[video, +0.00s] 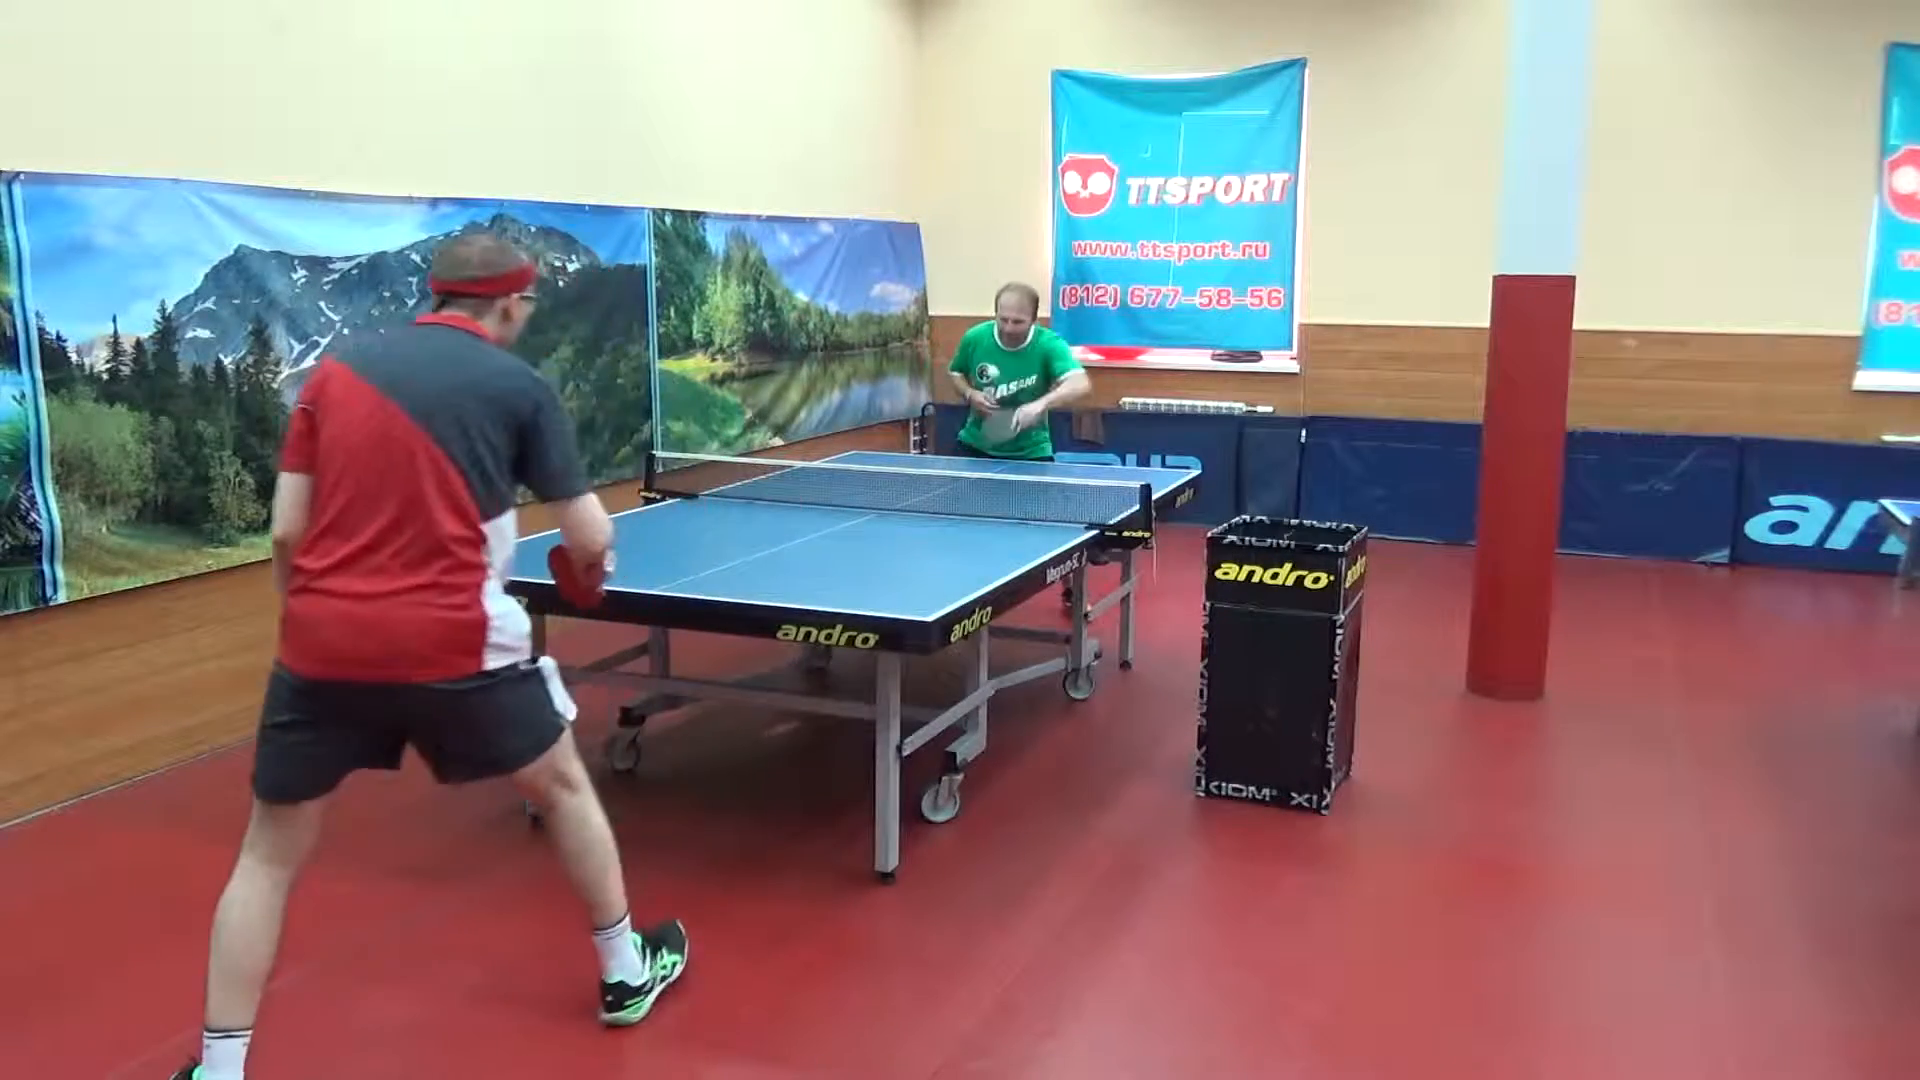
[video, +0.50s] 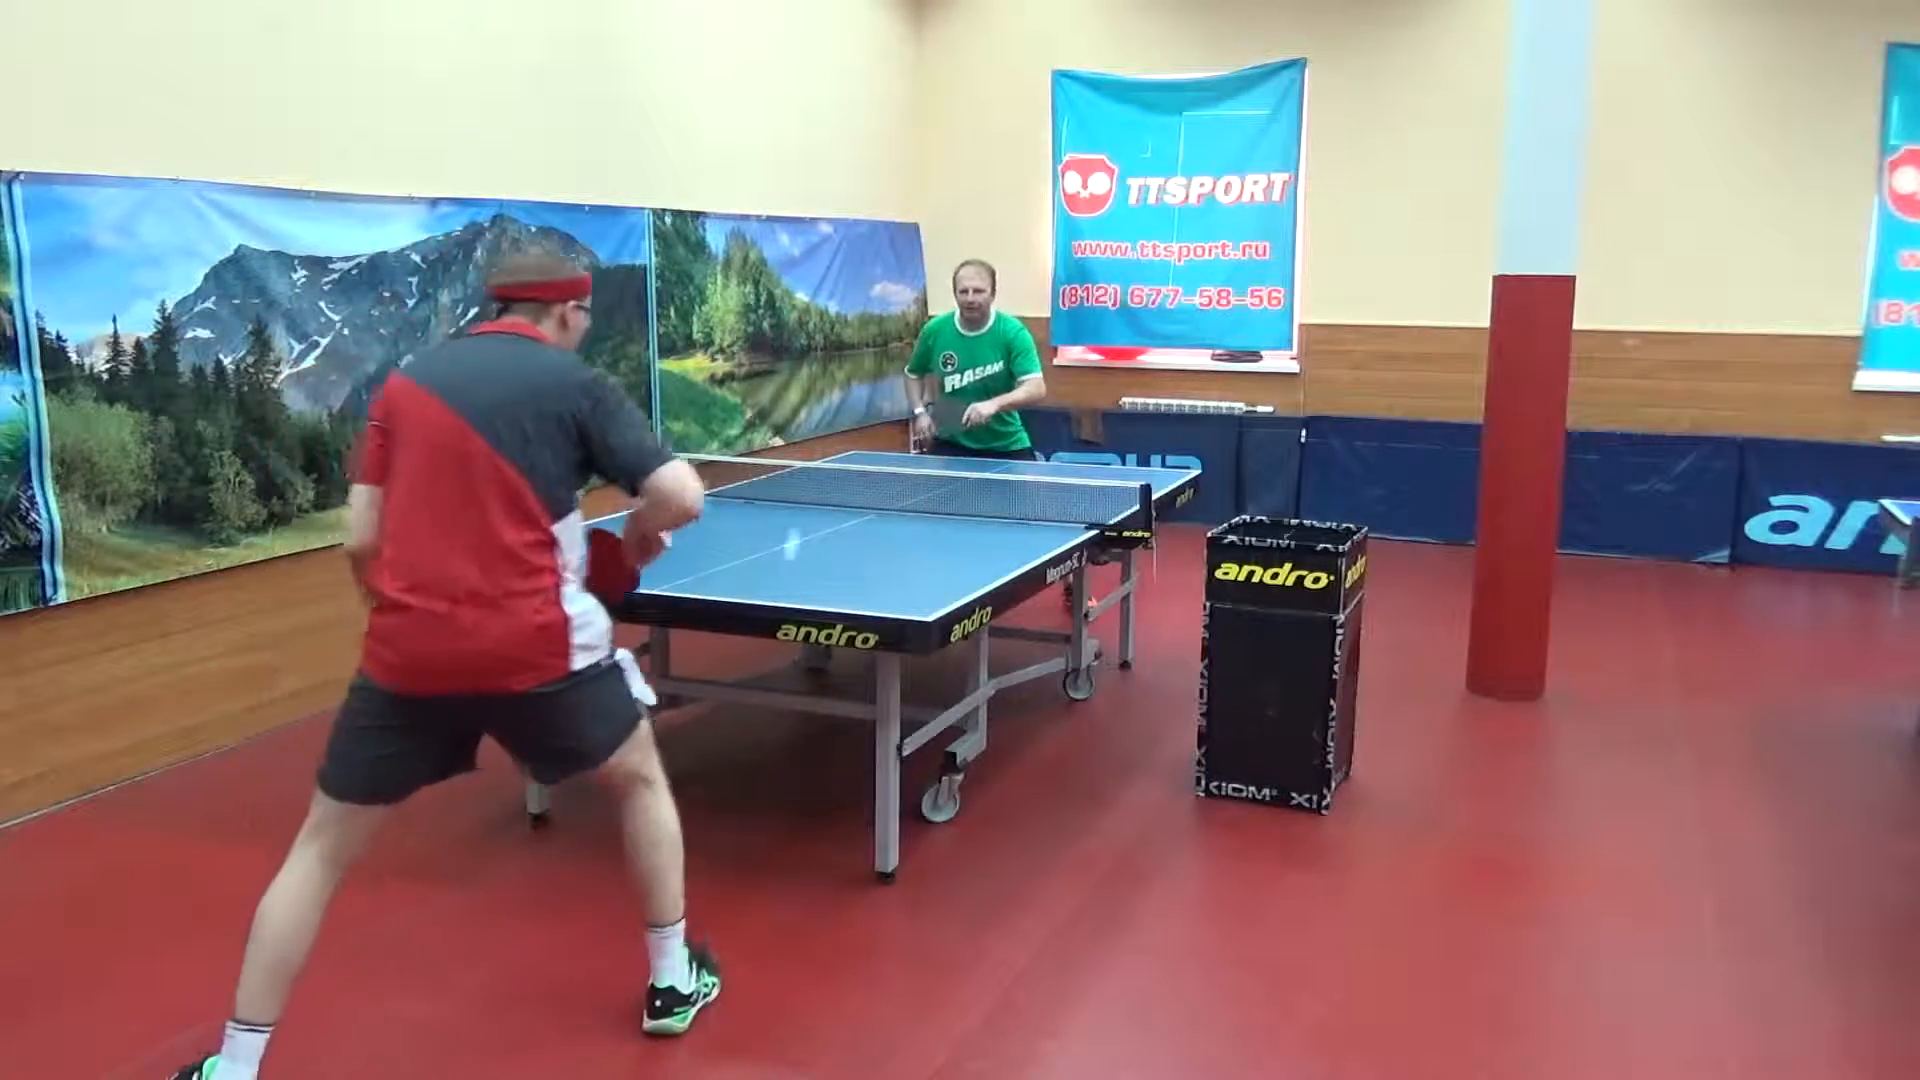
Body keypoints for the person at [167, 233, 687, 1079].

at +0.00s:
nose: (528, 315)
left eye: (527, 302)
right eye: (527, 303)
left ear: (438, 296)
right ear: (508, 304)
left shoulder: (337, 364)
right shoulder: (518, 387)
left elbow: (288, 530)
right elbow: (588, 534)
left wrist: (317, 610)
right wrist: (584, 567)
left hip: (322, 650)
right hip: (462, 649)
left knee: (267, 856)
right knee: (563, 788)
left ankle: (218, 1067)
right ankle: (624, 967)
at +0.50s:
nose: (586, 331)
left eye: (585, 317)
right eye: (583, 318)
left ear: (493, 306)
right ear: (560, 313)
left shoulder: (405, 379)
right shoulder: (572, 382)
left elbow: (362, 537)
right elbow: (679, 493)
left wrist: (395, 613)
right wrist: (648, 528)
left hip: (408, 655)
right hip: (543, 651)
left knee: (320, 850)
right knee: (638, 783)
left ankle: (236, 1062)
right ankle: (671, 976)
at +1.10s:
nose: (625, 339)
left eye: (622, 327)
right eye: (625, 328)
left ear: (538, 314)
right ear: (615, 328)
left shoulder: (458, 383)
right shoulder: (639, 413)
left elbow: (395, 535)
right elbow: (630, 540)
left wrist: (340, 635)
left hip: (431, 665)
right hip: (570, 669)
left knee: (321, 858)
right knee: (640, 790)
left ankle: (221, 1069)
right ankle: (671, 978)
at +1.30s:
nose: (520, 332)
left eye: (518, 319)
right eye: (518, 321)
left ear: (424, 312)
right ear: (502, 320)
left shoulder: (324, 391)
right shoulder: (518, 413)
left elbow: (273, 560)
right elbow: (564, 585)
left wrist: (283, 666)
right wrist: (531, 633)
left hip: (323, 684)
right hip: (466, 679)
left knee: (252, 888)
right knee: (584, 812)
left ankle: (195, 1072)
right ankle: (664, 982)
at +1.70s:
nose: (445, 300)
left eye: (443, 285)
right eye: (444, 284)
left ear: (344, 278)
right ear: (427, 284)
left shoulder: (244, 364)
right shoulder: (448, 374)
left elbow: (192, 544)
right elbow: (534, 536)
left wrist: (225, 646)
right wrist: (520, 568)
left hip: (262, 680)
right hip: (411, 672)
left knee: (219, 890)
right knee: (522, 861)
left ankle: (185, 1076)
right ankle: (577, 1068)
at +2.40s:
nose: (425, 269)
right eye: (423, 258)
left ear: (323, 257)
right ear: (411, 255)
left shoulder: (275, 353)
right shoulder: (467, 326)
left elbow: (252, 540)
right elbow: (570, 400)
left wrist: (249, 642)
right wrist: (514, 442)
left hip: (349, 627)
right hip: (483, 617)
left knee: (277, 858)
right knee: (517, 792)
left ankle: (240, 1069)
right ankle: (536, 993)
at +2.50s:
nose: (386, 260)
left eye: (380, 250)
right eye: (384, 249)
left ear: (291, 258)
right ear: (375, 250)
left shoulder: (254, 367)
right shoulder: (444, 309)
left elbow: (255, 554)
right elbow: (597, 328)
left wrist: (270, 648)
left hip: (339, 631)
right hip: (477, 616)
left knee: (265, 855)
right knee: (515, 796)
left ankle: (227, 1070)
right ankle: (538, 995)